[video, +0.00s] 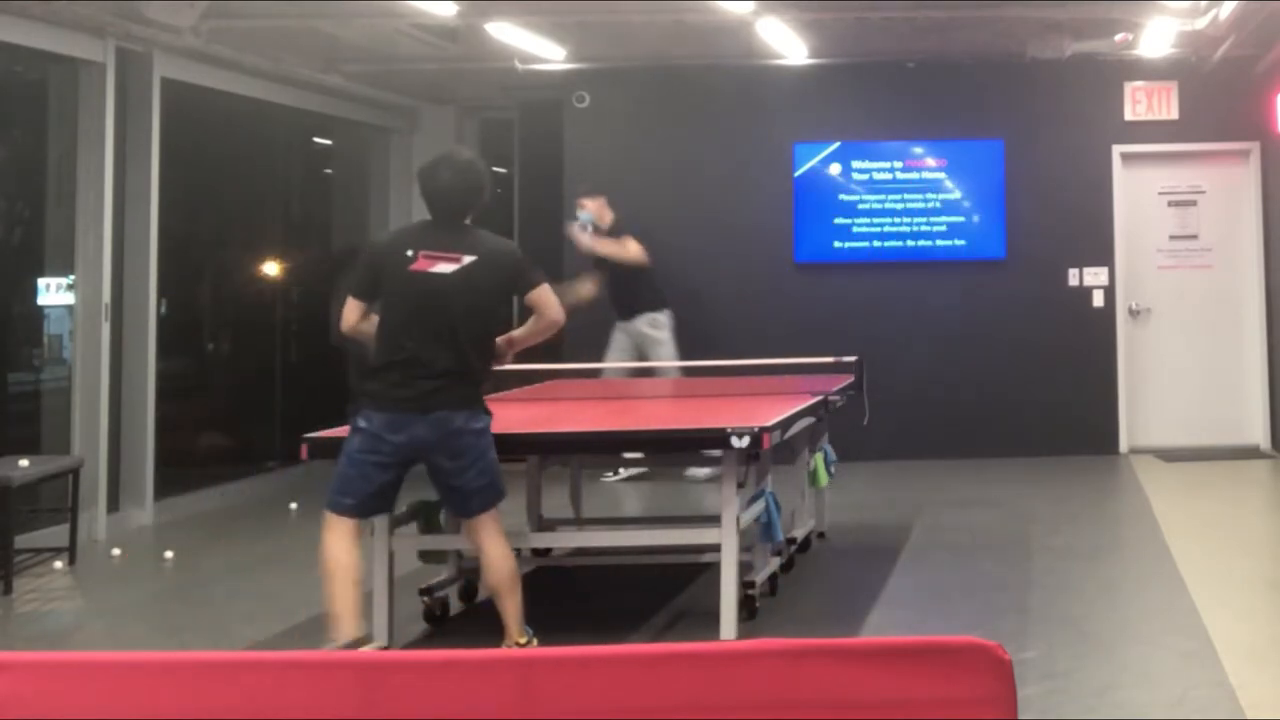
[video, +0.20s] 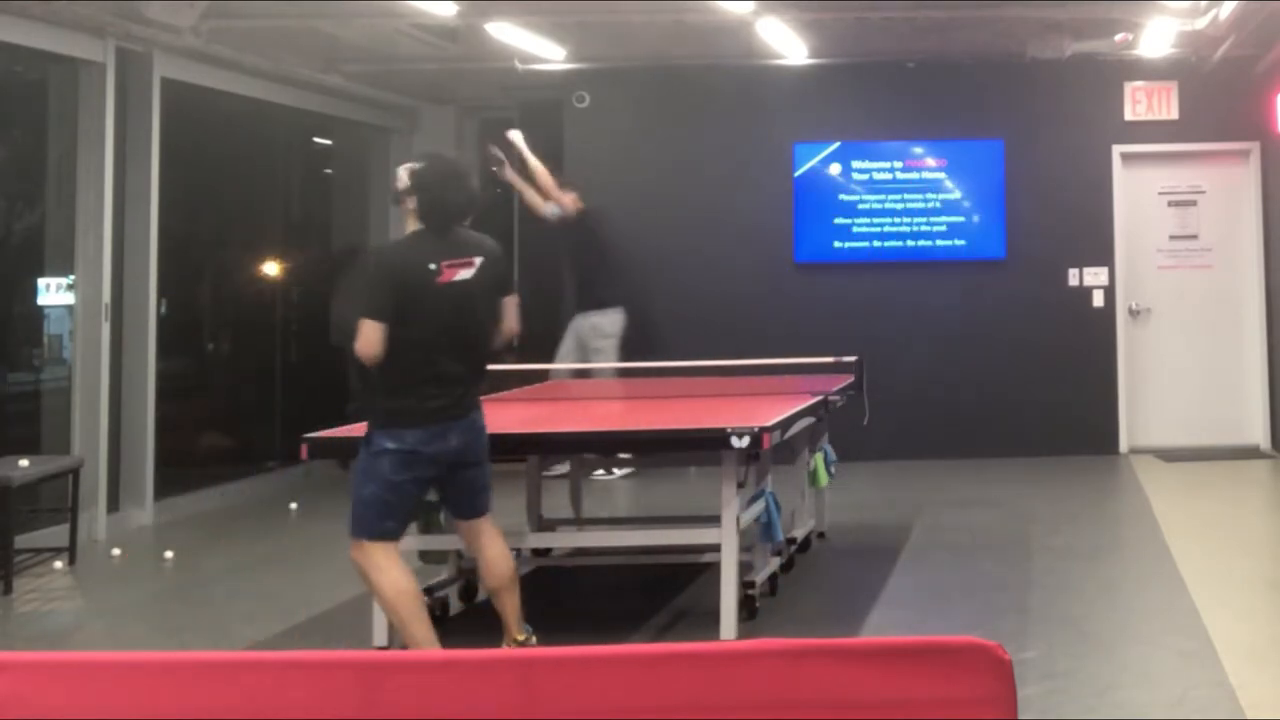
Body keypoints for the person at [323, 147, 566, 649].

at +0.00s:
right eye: (478, 192)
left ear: (425, 197)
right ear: (479, 198)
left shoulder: (389, 248)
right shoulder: (502, 254)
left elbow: (350, 323)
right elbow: (552, 316)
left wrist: (400, 337)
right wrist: (507, 344)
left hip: (386, 416)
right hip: (459, 416)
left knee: (341, 521)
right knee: (485, 524)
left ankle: (347, 639)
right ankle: (516, 638)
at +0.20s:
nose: (398, 197)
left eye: (404, 190)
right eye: (401, 188)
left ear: (417, 201)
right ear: (461, 200)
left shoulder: (391, 259)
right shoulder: (489, 253)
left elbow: (370, 348)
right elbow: (508, 329)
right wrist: (464, 344)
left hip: (403, 432)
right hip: (465, 424)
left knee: (372, 545)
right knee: (478, 525)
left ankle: (430, 659)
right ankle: (518, 637)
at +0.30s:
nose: (381, 183)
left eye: (393, 179)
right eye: (388, 174)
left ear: (415, 204)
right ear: (429, 205)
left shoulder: (408, 258)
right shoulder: (454, 246)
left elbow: (406, 347)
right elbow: (456, 337)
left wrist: (366, 362)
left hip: (405, 429)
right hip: (444, 421)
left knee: (366, 550)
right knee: (441, 526)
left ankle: (432, 663)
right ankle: (503, 623)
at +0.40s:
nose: (380, 177)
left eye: (393, 171)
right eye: (384, 167)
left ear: (421, 191)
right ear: (413, 190)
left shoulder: (434, 246)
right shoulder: (398, 241)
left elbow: (440, 335)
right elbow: (399, 327)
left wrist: (373, 364)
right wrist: (369, 377)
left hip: (416, 417)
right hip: (392, 412)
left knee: (390, 540)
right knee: (388, 529)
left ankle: (431, 657)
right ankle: (465, 608)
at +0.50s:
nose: (374, 174)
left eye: (389, 167)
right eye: (374, 164)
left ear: (422, 182)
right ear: (370, 169)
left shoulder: (444, 239)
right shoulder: (369, 234)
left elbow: (461, 327)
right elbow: (357, 314)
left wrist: (379, 368)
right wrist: (347, 388)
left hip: (416, 420)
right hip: (362, 414)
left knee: (415, 544)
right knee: (325, 530)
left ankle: (436, 664)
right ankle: (394, 613)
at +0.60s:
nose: (372, 171)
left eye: (389, 164)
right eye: (368, 159)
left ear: (418, 182)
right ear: (356, 166)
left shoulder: (444, 242)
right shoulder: (341, 234)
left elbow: (464, 329)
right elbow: (326, 311)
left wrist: (397, 385)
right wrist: (316, 393)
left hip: (416, 429)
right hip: (344, 421)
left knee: (421, 548)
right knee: (298, 542)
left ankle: (437, 667)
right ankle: (325, 664)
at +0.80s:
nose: (334, 179)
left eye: (351, 171)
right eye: (327, 167)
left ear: (379, 188)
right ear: (314, 176)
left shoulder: (410, 255)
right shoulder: (296, 251)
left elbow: (440, 341)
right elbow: (273, 332)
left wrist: (450, 432)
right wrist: (248, 414)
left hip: (385, 445)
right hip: (305, 438)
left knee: (400, 563)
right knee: (284, 568)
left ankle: (428, 671)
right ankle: (261, 707)